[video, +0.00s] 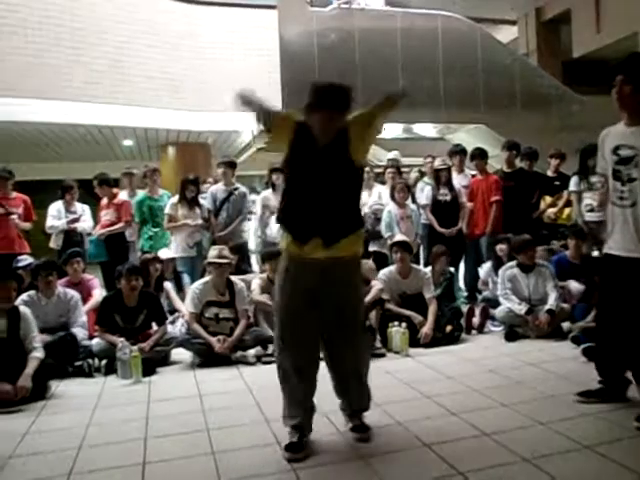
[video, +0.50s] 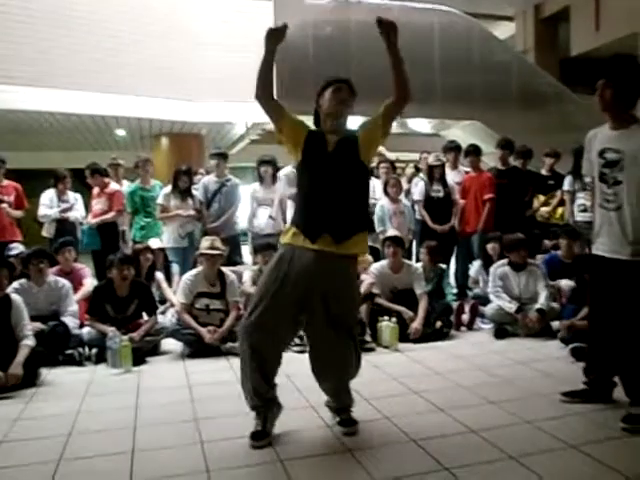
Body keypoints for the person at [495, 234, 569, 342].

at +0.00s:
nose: (531, 255)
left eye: (533, 251)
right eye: (526, 252)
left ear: (536, 251)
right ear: (517, 255)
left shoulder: (545, 268)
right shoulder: (506, 271)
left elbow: (553, 291)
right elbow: (505, 295)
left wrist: (549, 311)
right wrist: (526, 311)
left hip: (541, 306)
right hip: (519, 307)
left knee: (564, 310)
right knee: (501, 313)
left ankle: (523, 332)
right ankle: (547, 331)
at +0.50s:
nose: (523, 254)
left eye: (524, 250)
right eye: (518, 251)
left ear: (527, 251)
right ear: (508, 254)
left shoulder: (535, 268)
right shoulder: (497, 270)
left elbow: (544, 290)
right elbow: (495, 292)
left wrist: (540, 310)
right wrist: (516, 309)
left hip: (531, 305)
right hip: (509, 305)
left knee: (554, 309)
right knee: (491, 311)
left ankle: (513, 330)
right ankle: (536, 329)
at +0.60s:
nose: (517, 254)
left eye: (519, 250)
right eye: (512, 252)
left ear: (522, 251)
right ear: (503, 254)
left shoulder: (531, 268)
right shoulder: (492, 270)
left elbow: (539, 290)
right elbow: (490, 292)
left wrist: (534, 310)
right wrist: (511, 309)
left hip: (526, 304)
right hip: (505, 304)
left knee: (550, 309)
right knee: (487, 311)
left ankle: (508, 330)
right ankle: (531, 329)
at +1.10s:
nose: (514, 226)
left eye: (515, 222)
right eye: (509, 224)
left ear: (519, 222)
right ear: (499, 226)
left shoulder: (527, 240)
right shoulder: (490, 242)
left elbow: (536, 261)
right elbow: (488, 265)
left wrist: (532, 280)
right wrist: (508, 280)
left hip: (523, 277)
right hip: (502, 277)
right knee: (485, 283)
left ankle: (505, 302)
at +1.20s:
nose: (517, 226)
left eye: (518, 222)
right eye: (512, 223)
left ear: (521, 223)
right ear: (502, 226)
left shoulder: (530, 241)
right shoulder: (492, 242)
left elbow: (538, 262)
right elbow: (490, 265)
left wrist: (535, 280)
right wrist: (509, 280)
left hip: (526, 277)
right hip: (504, 277)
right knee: (487, 284)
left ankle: (507, 302)